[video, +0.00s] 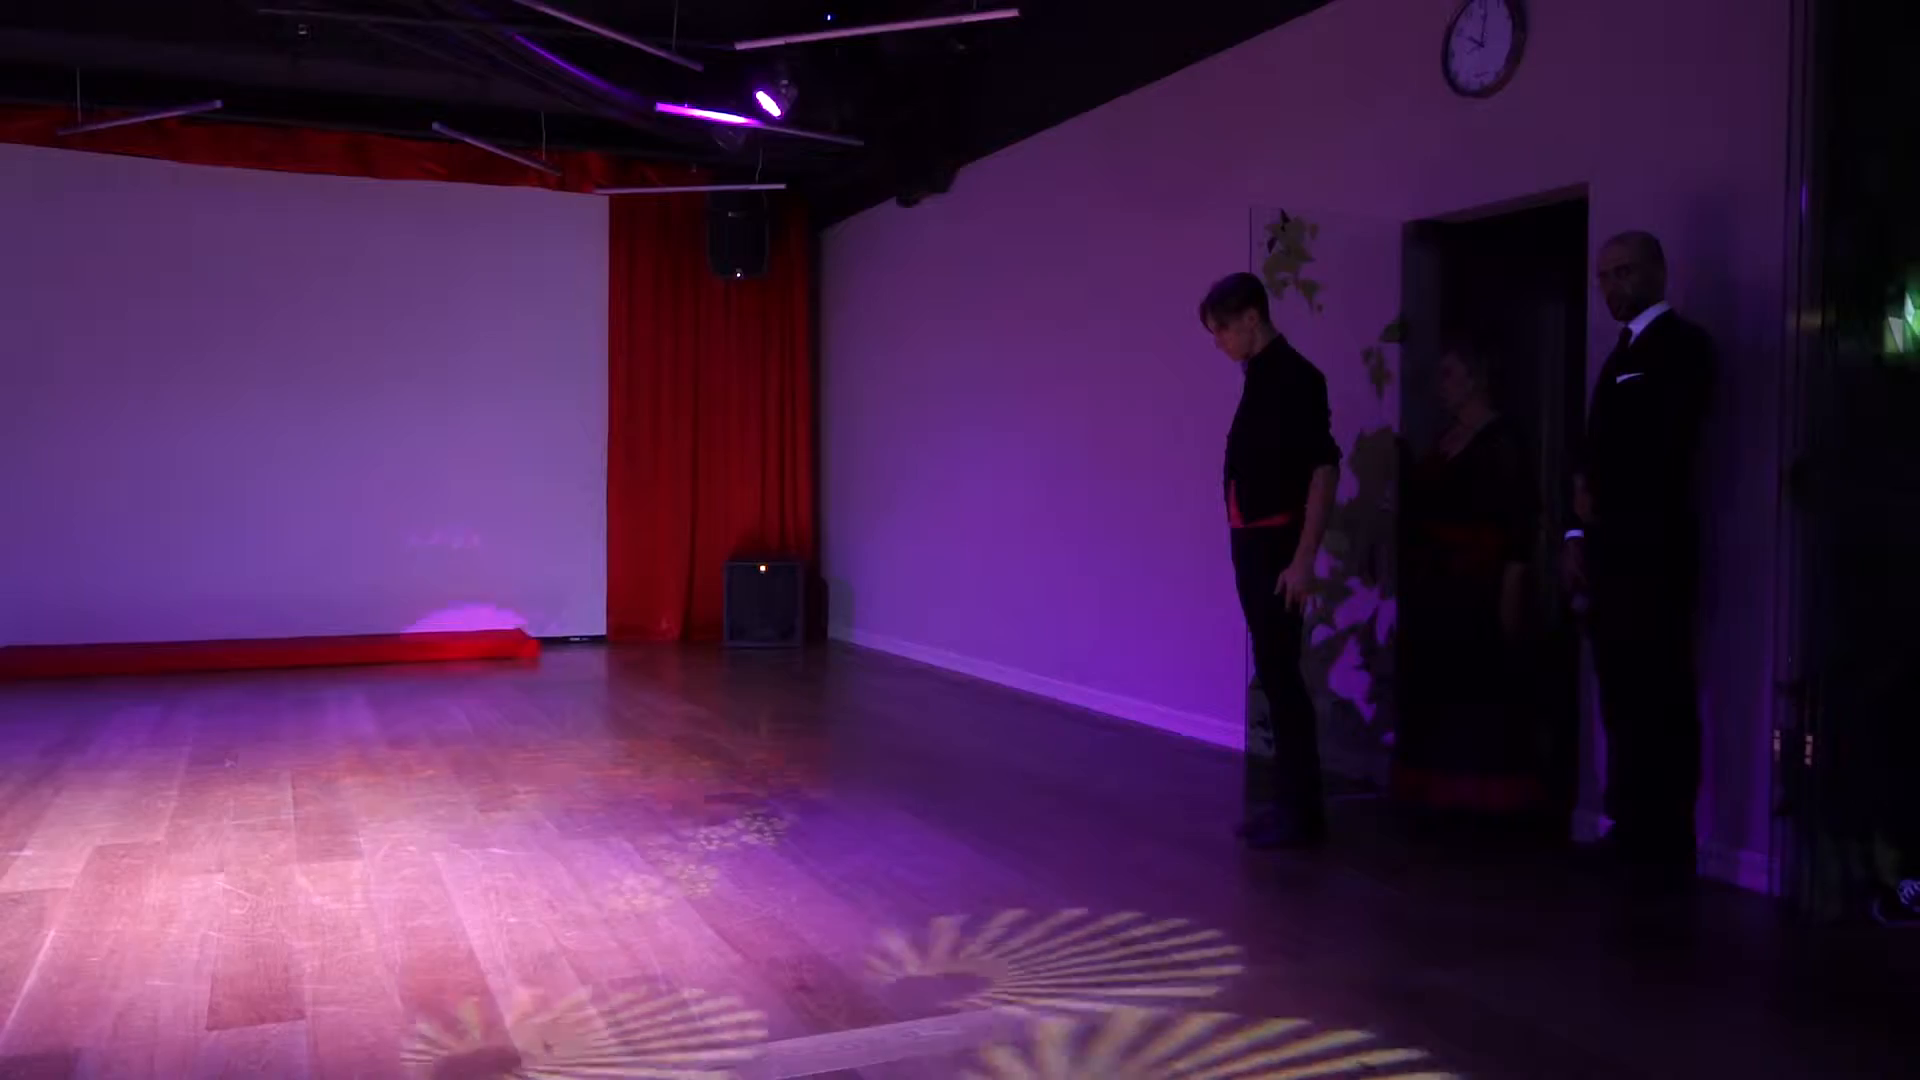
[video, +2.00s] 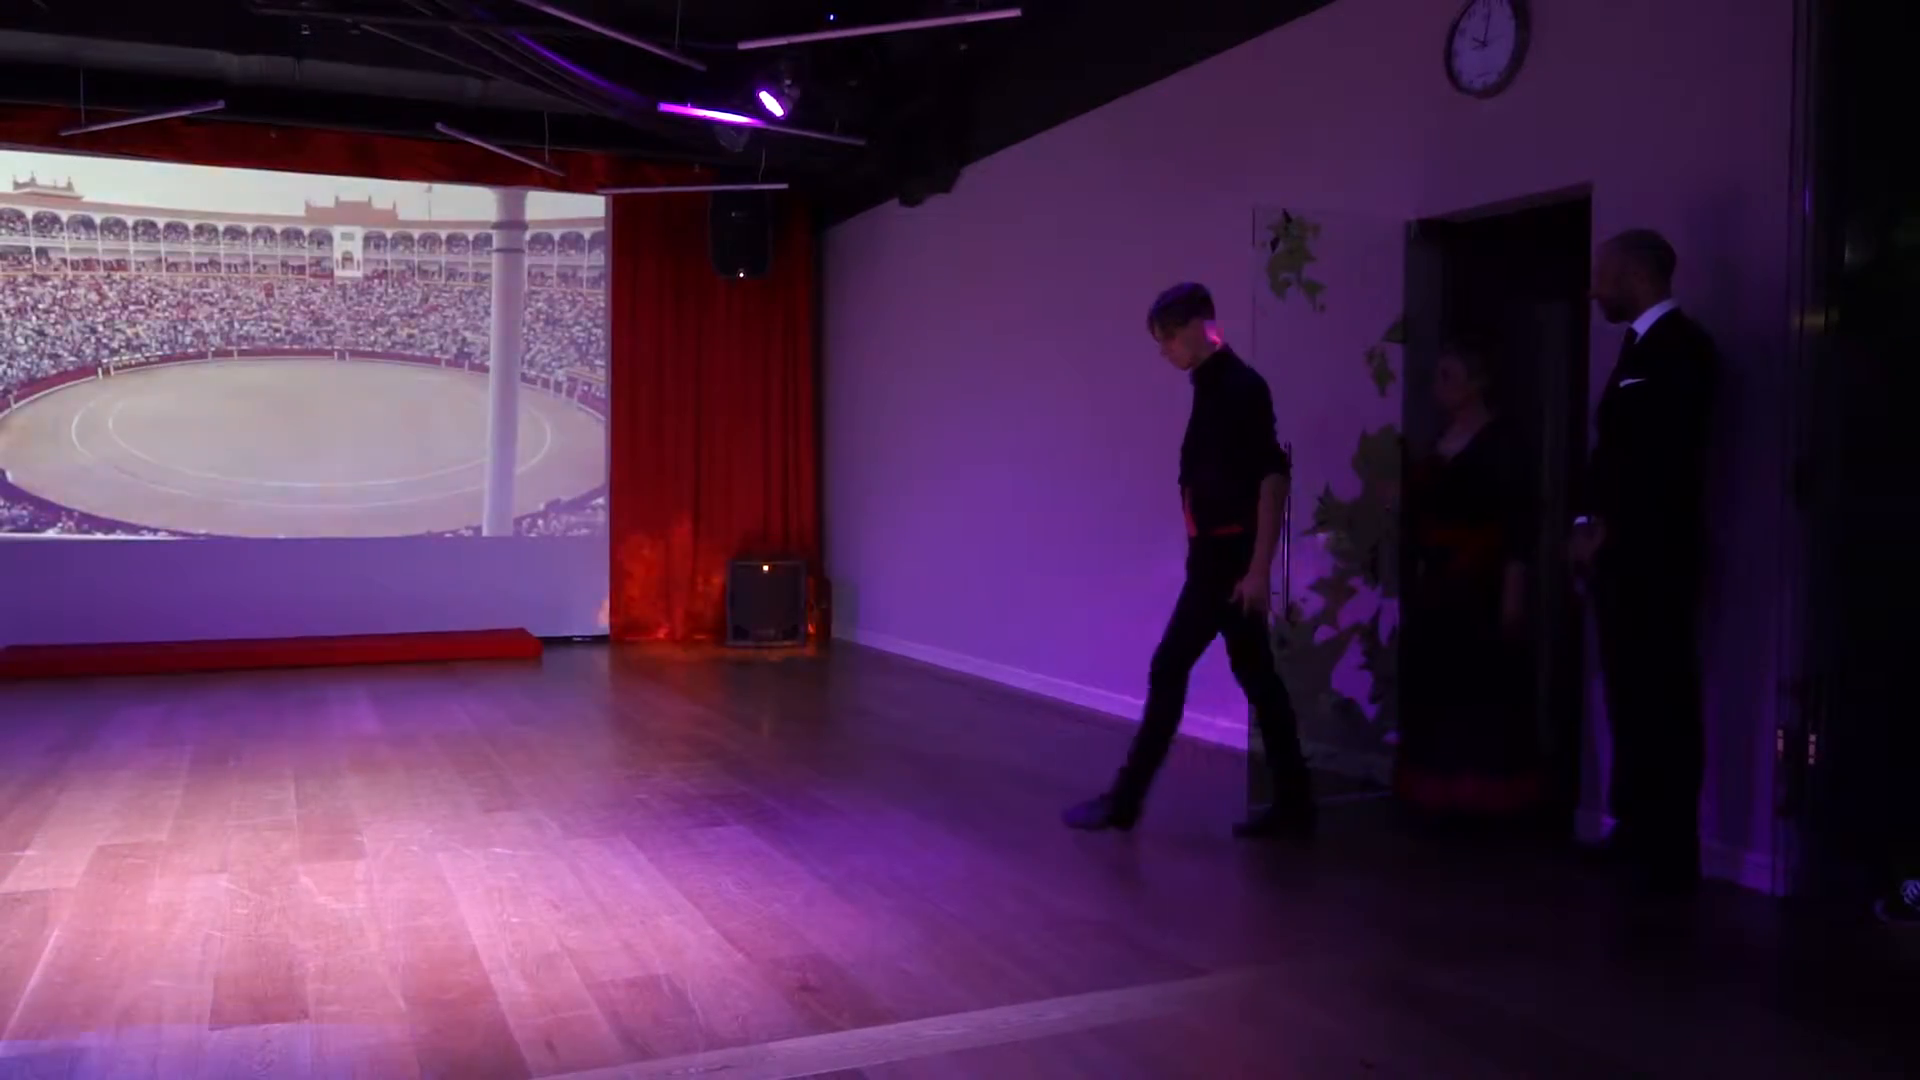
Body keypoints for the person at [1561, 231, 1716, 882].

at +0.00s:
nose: (1610, 286)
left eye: (1622, 273)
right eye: (1604, 276)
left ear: (1654, 275)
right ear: (1605, 283)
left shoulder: (1680, 347)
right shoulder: (1624, 354)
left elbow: (1658, 457)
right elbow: (1594, 453)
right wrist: (1579, 532)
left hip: (1660, 548)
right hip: (1622, 548)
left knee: (1657, 696)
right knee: (1628, 697)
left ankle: (1662, 840)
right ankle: (1632, 832)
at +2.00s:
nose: (1599, 287)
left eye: (1607, 272)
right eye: (1601, 273)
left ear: (1639, 276)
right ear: (1649, 275)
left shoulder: (1673, 351)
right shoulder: (1644, 347)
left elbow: (1646, 461)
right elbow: (1616, 453)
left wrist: (1603, 527)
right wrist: (1589, 518)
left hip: (1657, 558)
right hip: (1635, 555)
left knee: (1655, 704)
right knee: (1640, 703)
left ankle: (1661, 852)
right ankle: (1641, 844)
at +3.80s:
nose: (1504, 302)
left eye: (1511, 290)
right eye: (1505, 290)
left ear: (1538, 291)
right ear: (1548, 290)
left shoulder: (1579, 358)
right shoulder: (1554, 356)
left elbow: (1573, 468)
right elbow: (1560, 467)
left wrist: (1532, 534)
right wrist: (1528, 532)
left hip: (1578, 550)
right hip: (1565, 548)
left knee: (1617, 692)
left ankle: (1669, 846)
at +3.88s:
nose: (1483, 304)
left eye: (1490, 292)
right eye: (1484, 292)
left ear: (1520, 292)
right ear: (1526, 293)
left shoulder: (1562, 356)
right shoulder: (1537, 356)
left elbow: (1560, 466)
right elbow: (1545, 464)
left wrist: (1525, 539)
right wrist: (1518, 535)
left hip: (1567, 547)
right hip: (1553, 545)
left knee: (1598, 690)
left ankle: (1656, 842)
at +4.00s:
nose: (1460, 308)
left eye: (1465, 294)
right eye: (1460, 295)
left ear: (1492, 292)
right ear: (1497, 291)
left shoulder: (1547, 352)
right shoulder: (1498, 358)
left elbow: (1552, 459)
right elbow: (1445, 424)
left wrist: (1523, 537)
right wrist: (1356, 442)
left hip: (1556, 545)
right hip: (1516, 544)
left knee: (1580, 689)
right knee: (1503, 683)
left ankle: (1620, 838)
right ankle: (1504, 822)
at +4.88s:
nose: (1433, 305)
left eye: (1439, 290)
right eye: (1433, 292)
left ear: (1464, 288)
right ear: (1468, 286)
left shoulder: (1511, 351)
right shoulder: (1479, 352)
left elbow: (1513, 455)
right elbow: (1459, 451)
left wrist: (1511, 539)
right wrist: (1369, 456)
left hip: (1518, 558)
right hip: (1493, 555)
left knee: (1510, 695)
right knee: (1494, 693)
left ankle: (1521, 835)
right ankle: (1499, 828)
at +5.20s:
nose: (1459, 308)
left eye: (1460, 296)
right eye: (1460, 296)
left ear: (1473, 294)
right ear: (1506, 290)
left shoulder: (1511, 356)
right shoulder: (1527, 349)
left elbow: (1507, 463)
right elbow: (1508, 460)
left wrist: (1494, 548)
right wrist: (1444, 465)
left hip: (1521, 554)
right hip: (1530, 546)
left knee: (1511, 693)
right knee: (1521, 691)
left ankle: (1518, 830)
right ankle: (1524, 827)